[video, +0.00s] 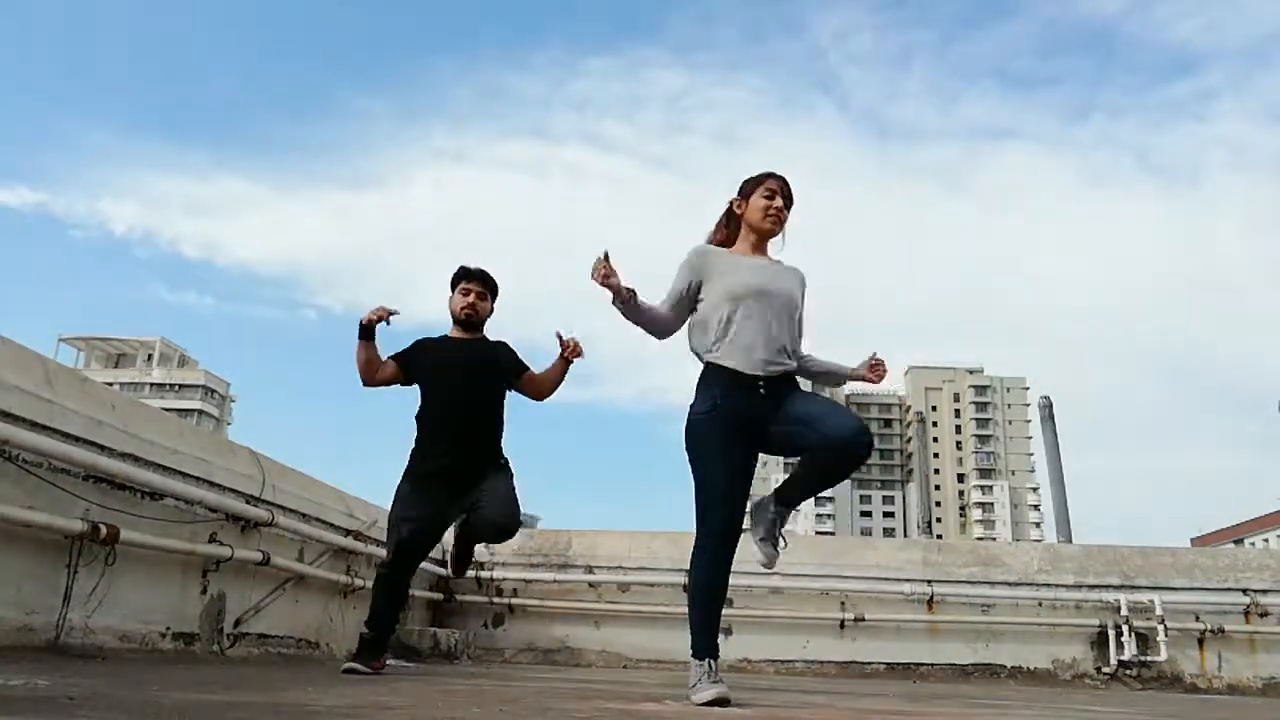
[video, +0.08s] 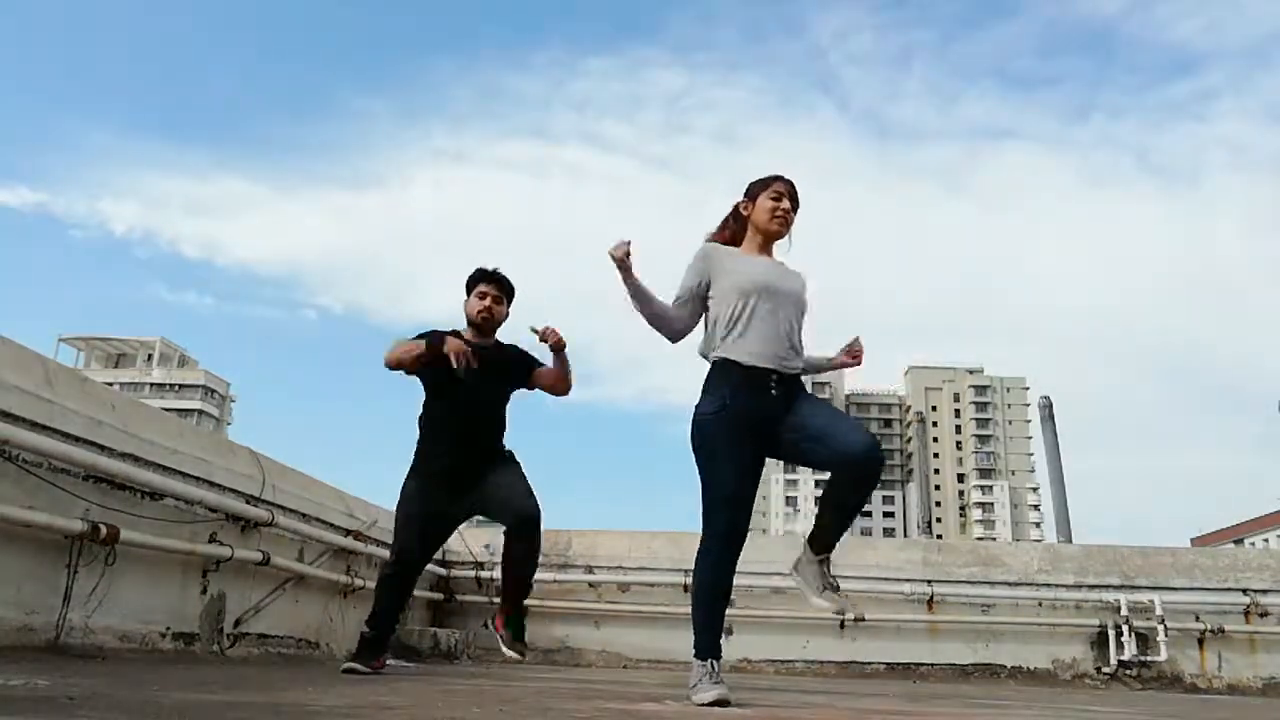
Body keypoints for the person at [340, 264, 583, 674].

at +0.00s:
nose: (471, 300)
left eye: (481, 296)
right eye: (465, 292)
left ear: (491, 309)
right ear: (450, 301)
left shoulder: (500, 355)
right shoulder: (426, 351)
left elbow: (539, 388)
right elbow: (372, 375)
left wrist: (563, 361)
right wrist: (366, 330)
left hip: (486, 469)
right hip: (430, 469)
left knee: (502, 523)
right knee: (398, 558)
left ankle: (466, 535)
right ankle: (372, 650)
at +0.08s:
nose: (488, 304)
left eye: (498, 300)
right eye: (481, 296)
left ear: (505, 314)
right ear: (466, 304)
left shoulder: (511, 359)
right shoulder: (438, 343)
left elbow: (560, 386)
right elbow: (393, 358)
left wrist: (559, 353)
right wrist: (439, 346)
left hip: (490, 470)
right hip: (435, 471)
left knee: (526, 518)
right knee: (404, 561)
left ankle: (511, 617)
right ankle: (371, 651)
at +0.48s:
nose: (512, 305)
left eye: (522, 302)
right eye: (505, 297)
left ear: (529, 315)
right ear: (490, 304)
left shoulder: (524, 364)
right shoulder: (460, 340)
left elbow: (549, 394)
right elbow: (399, 357)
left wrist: (589, 385)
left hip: (504, 485)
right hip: (449, 477)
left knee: (520, 565)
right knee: (414, 563)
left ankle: (540, 657)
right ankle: (376, 649)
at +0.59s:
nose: (516, 306)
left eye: (525, 303)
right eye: (509, 299)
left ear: (533, 318)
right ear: (493, 306)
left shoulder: (524, 366)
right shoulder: (464, 342)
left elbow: (546, 394)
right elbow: (404, 352)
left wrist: (581, 377)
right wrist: (420, 323)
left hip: (503, 486)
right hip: (450, 479)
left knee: (520, 568)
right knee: (414, 567)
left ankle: (540, 655)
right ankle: (375, 649)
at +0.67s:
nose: (517, 308)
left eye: (526, 305)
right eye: (510, 301)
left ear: (534, 319)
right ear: (494, 308)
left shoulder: (531, 370)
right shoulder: (467, 340)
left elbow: (571, 400)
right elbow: (420, 346)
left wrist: (588, 380)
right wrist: (467, 347)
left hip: (503, 488)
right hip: (448, 481)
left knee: (524, 569)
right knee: (411, 564)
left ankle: (542, 655)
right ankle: (375, 648)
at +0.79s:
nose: (514, 328)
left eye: (522, 323)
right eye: (506, 320)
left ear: (530, 334)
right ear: (491, 327)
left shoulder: (533, 376)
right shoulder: (471, 359)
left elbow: (572, 406)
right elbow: (501, 385)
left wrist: (548, 382)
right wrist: (536, 391)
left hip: (505, 492)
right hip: (450, 488)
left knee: (536, 560)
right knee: (409, 562)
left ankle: (542, 656)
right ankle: (375, 649)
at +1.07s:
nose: (515, 298)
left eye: (520, 290)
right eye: (505, 296)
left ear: (533, 297)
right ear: (494, 312)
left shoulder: (557, 341)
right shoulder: (491, 353)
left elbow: (605, 368)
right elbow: (460, 393)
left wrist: (620, 342)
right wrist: (437, 363)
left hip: (539, 463)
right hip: (488, 460)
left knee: (544, 563)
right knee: (446, 534)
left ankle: (551, 656)